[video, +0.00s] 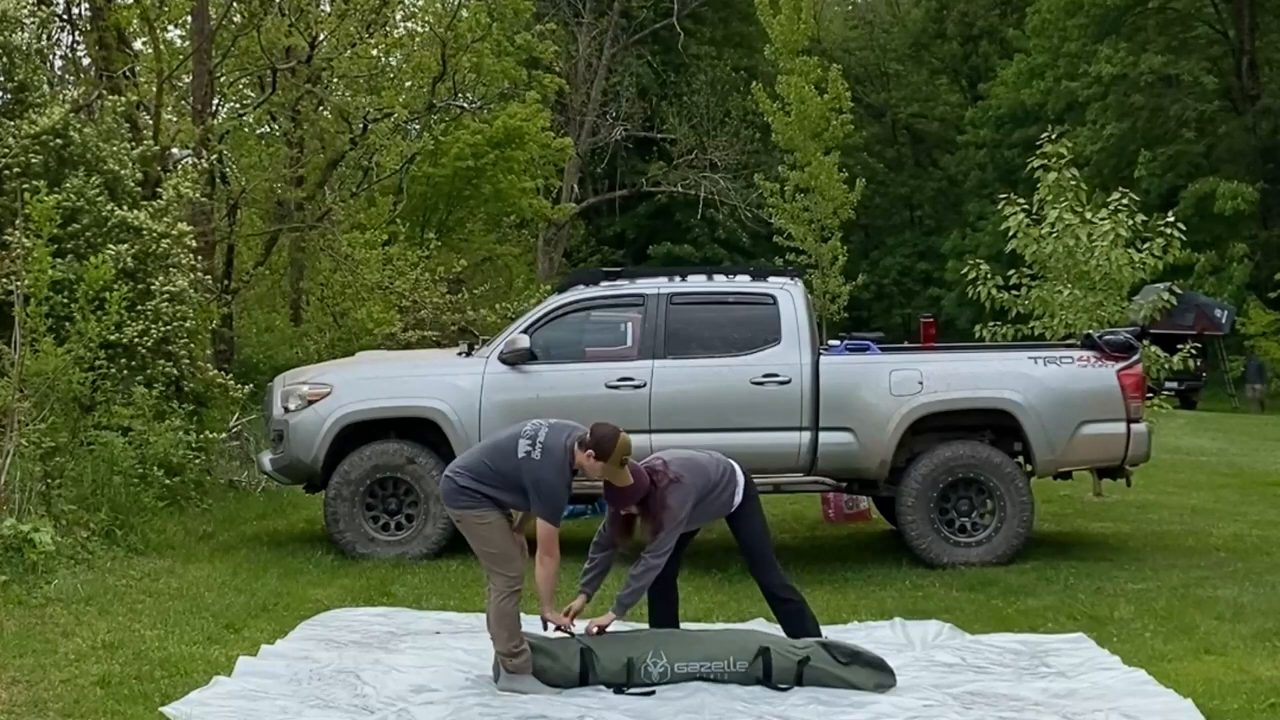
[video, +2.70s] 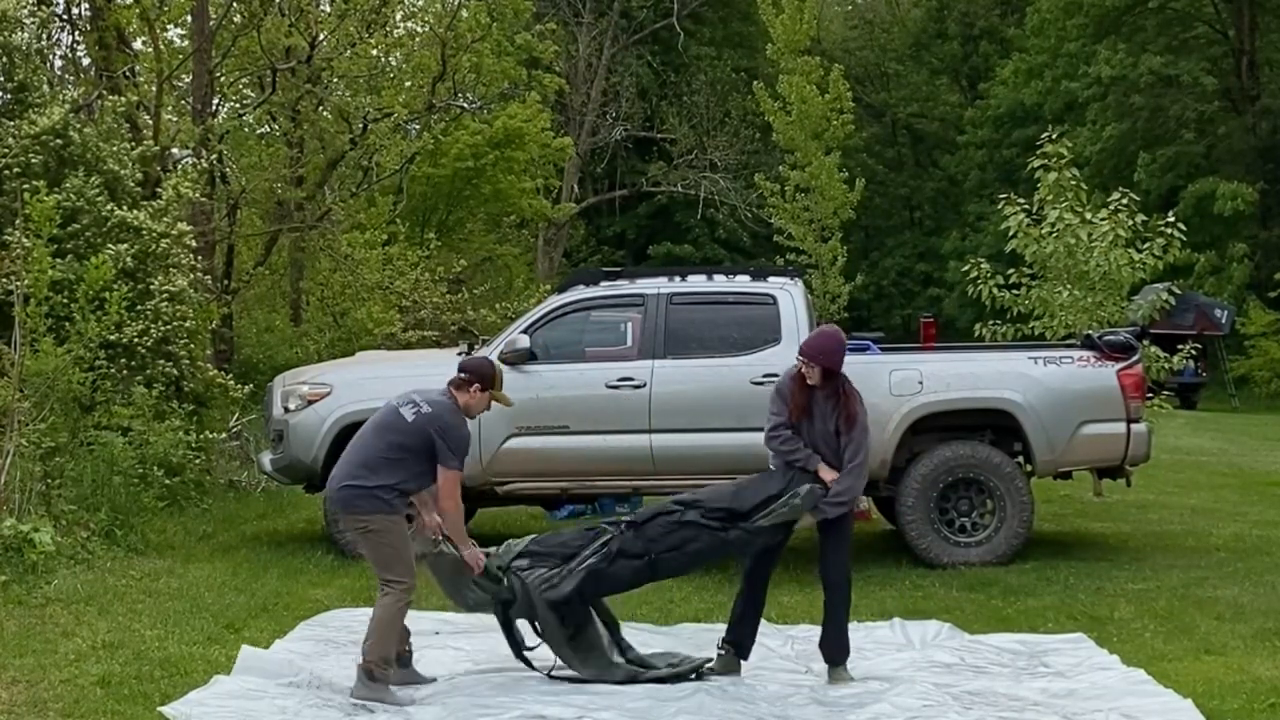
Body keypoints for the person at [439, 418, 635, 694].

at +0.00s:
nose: (606, 475)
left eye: (610, 469)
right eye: (605, 469)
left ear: (591, 448)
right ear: (589, 455)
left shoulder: (577, 435)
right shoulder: (551, 477)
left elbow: (538, 490)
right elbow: (546, 553)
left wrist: (518, 527)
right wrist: (548, 609)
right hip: (467, 492)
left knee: (508, 570)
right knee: (509, 574)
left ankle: (505, 663)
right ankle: (514, 671)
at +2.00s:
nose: (622, 442)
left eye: (625, 435)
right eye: (622, 433)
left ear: (601, 421)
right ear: (604, 423)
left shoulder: (566, 431)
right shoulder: (569, 450)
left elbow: (542, 500)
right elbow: (554, 525)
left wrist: (529, 547)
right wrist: (553, 590)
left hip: (476, 486)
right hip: (472, 489)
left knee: (511, 571)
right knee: (506, 576)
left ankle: (498, 661)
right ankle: (513, 670)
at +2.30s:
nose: (589, 456)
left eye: (593, 450)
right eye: (591, 447)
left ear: (568, 431)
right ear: (577, 435)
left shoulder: (531, 441)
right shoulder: (546, 451)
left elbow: (512, 520)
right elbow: (543, 528)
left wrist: (505, 570)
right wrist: (557, 588)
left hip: (434, 494)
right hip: (452, 500)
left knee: (483, 568)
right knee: (505, 580)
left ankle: (472, 653)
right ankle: (514, 673)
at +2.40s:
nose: (555, 430)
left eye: (559, 425)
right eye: (557, 422)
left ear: (535, 409)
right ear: (540, 410)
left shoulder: (494, 426)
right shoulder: (511, 437)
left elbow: (481, 509)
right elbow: (518, 513)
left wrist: (486, 562)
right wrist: (540, 569)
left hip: (409, 497)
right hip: (432, 502)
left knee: (447, 578)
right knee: (478, 584)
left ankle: (404, 657)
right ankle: (513, 673)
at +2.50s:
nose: (518, 416)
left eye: (522, 410)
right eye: (520, 407)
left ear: (495, 394)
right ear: (503, 395)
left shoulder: (450, 407)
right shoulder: (474, 420)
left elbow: (442, 487)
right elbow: (479, 500)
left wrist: (457, 543)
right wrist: (499, 558)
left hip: (370, 484)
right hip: (399, 484)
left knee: (410, 569)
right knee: (460, 552)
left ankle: (398, 665)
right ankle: (469, 649)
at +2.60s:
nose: (501, 404)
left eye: (503, 398)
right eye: (502, 395)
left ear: (474, 383)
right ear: (485, 386)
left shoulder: (433, 398)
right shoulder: (461, 417)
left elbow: (424, 482)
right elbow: (467, 498)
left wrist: (441, 531)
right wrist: (478, 551)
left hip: (357, 484)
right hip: (385, 485)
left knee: (400, 567)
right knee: (443, 553)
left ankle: (397, 665)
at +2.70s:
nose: (488, 406)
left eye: (491, 400)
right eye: (489, 398)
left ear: (461, 385)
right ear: (474, 390)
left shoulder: (422, 400)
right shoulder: (452, 423)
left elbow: (406, 462)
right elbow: (449, 501)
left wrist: (428, 511)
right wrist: (465, 547)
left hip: (348, 493)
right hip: (368, 500)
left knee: (397, 580)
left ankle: (397, 664)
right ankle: (371, 678)